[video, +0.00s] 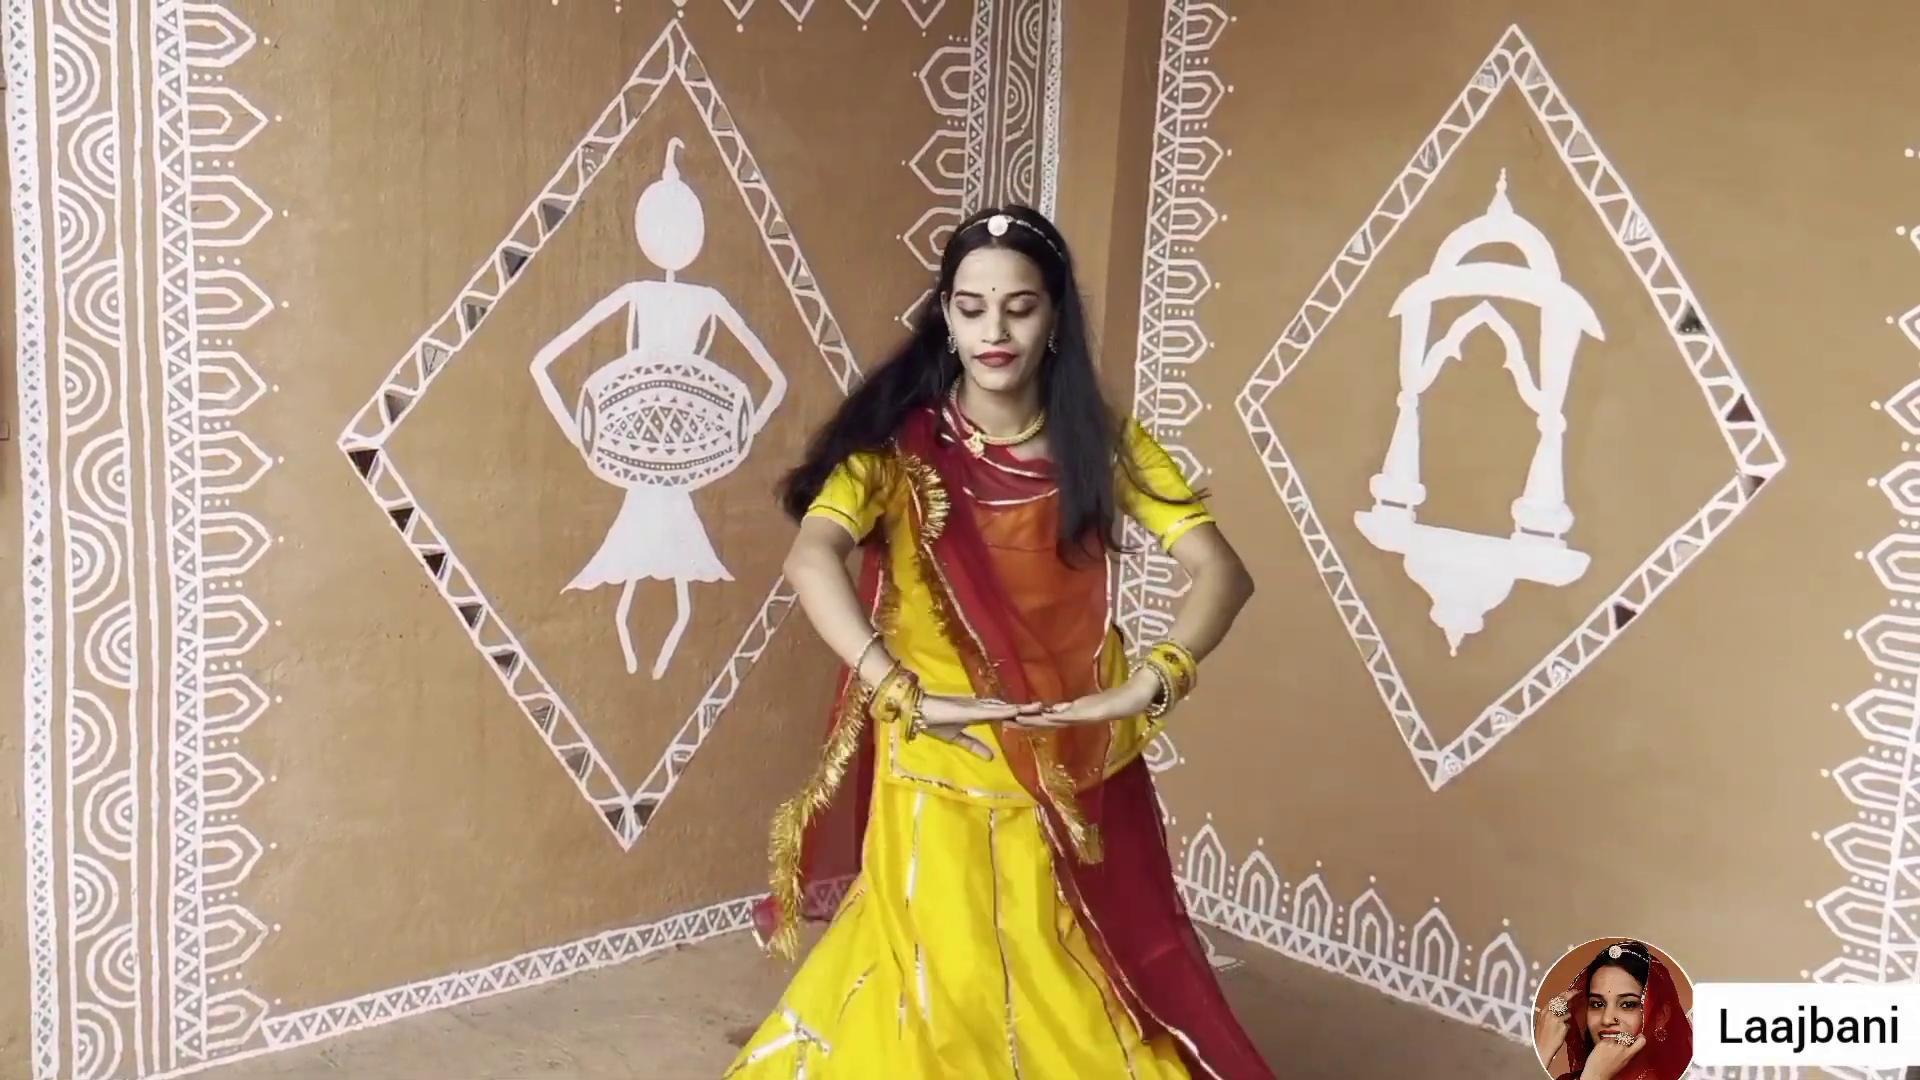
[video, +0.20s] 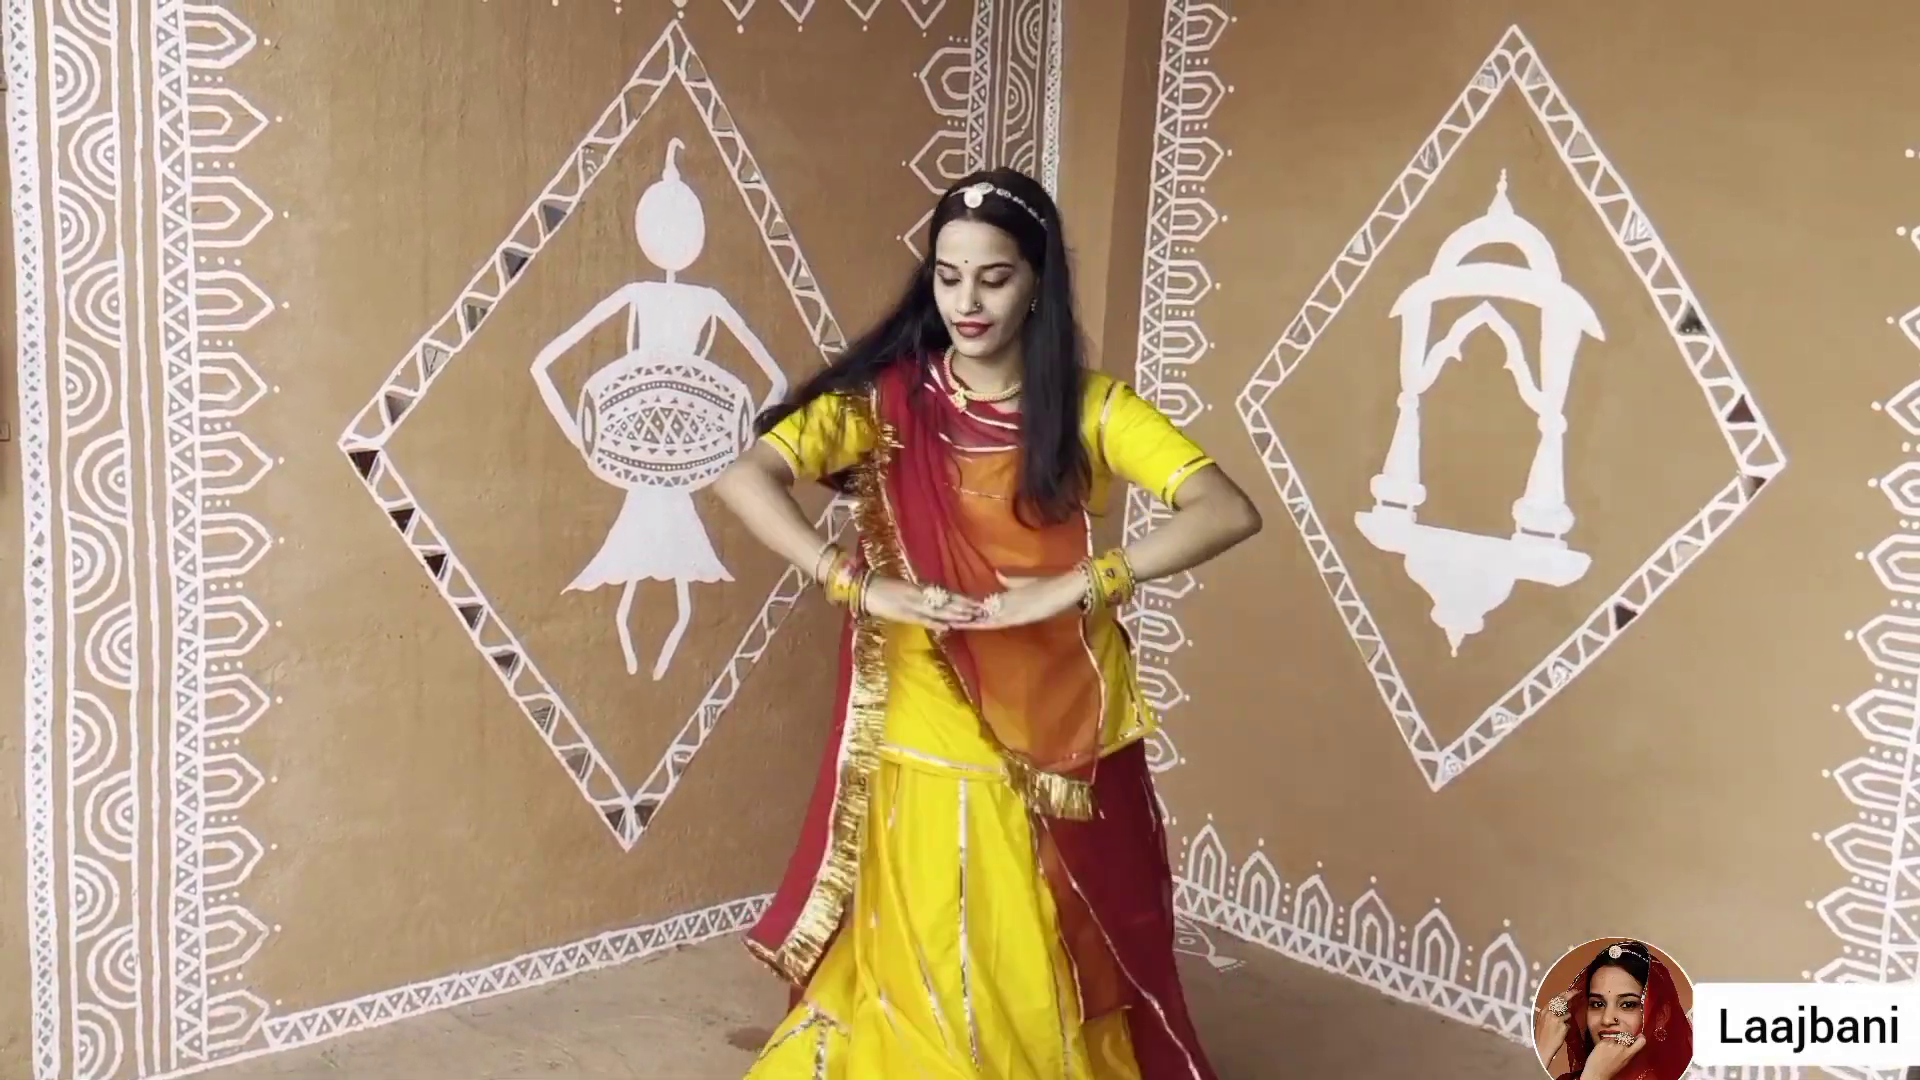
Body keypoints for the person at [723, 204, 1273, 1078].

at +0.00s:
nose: (994, 333)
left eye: (1019, 309)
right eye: (971, 309)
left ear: (1056, 316)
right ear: (946, 318)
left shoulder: (1102, 439)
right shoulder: (896, 442)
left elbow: (1221, 573)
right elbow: (811, 556)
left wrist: (1161, 674)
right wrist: (891, 682)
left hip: (1077, 769)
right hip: (939, 765)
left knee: (1090, 1010)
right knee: (950, 1005)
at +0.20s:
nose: (968, 301)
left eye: (994, 277)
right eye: (950, 277)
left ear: (1040, 282)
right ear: (930, 280)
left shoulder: (1087, 405)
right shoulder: (884, 399)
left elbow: (1226, 511)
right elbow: (742, 478)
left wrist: (1079, 585)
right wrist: (855, 585)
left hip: (1064, 728)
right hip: (924, 730)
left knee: (1063, 987)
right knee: (922, 980)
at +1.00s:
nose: (792, 277)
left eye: (816, 255)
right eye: (788, 255)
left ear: (883, 263)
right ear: (793, 263)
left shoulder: (919, 383)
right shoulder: (807, 384)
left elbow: (830, 512)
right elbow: (699, 488)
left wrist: (711, 610)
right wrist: (652, 581)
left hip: (945, 702)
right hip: (846, 700)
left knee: (906, 946)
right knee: (771, 935)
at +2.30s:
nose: (870, 271)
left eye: (893, 250)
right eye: (856, 250)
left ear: (942, 255)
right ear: (843, 256)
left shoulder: (1002, 348)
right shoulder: (841, 351)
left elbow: (1112, 363)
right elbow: (760, 281)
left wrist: (999, 287)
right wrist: (861, 180)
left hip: (992, 664)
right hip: (867, 663)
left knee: (983, 890)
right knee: (860, 878)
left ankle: (986, 1056)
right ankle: (837, 1052)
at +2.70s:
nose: (1059, 214)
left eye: (1052, 192)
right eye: (1041, 194)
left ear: (960, 209)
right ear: (981, 205)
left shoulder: (901, 316)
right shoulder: (1032, 318)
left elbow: (899, 188)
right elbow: (1174, 204)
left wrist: (970, 97)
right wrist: (1133, 69)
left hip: (915, 620)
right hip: (1015, 625)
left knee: (919, 842)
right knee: (1045, 843)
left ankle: (881, 1042)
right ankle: (1052, 1051)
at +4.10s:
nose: (896, 198)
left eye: (897, 183)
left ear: (887, 201)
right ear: (995, 211)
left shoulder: (861, 306)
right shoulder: (1025, 324)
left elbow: (723, 194)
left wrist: (782, 110)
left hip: (885, 609)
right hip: (980, 605)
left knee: (876, 821)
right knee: (959, 819)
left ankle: (862, 1027)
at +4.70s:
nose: (848, 204)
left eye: (873, 189)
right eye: (838, 184)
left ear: (922, 201)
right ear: (822, 185)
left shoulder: (964, 292)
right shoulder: (791, 288)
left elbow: (1101, 251)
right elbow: (688, 313)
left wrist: (1010, 149)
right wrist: (808, 274)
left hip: (946, 616)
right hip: (822, 618)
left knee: (908, 845)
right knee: (802, 837)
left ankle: (920, 1050)